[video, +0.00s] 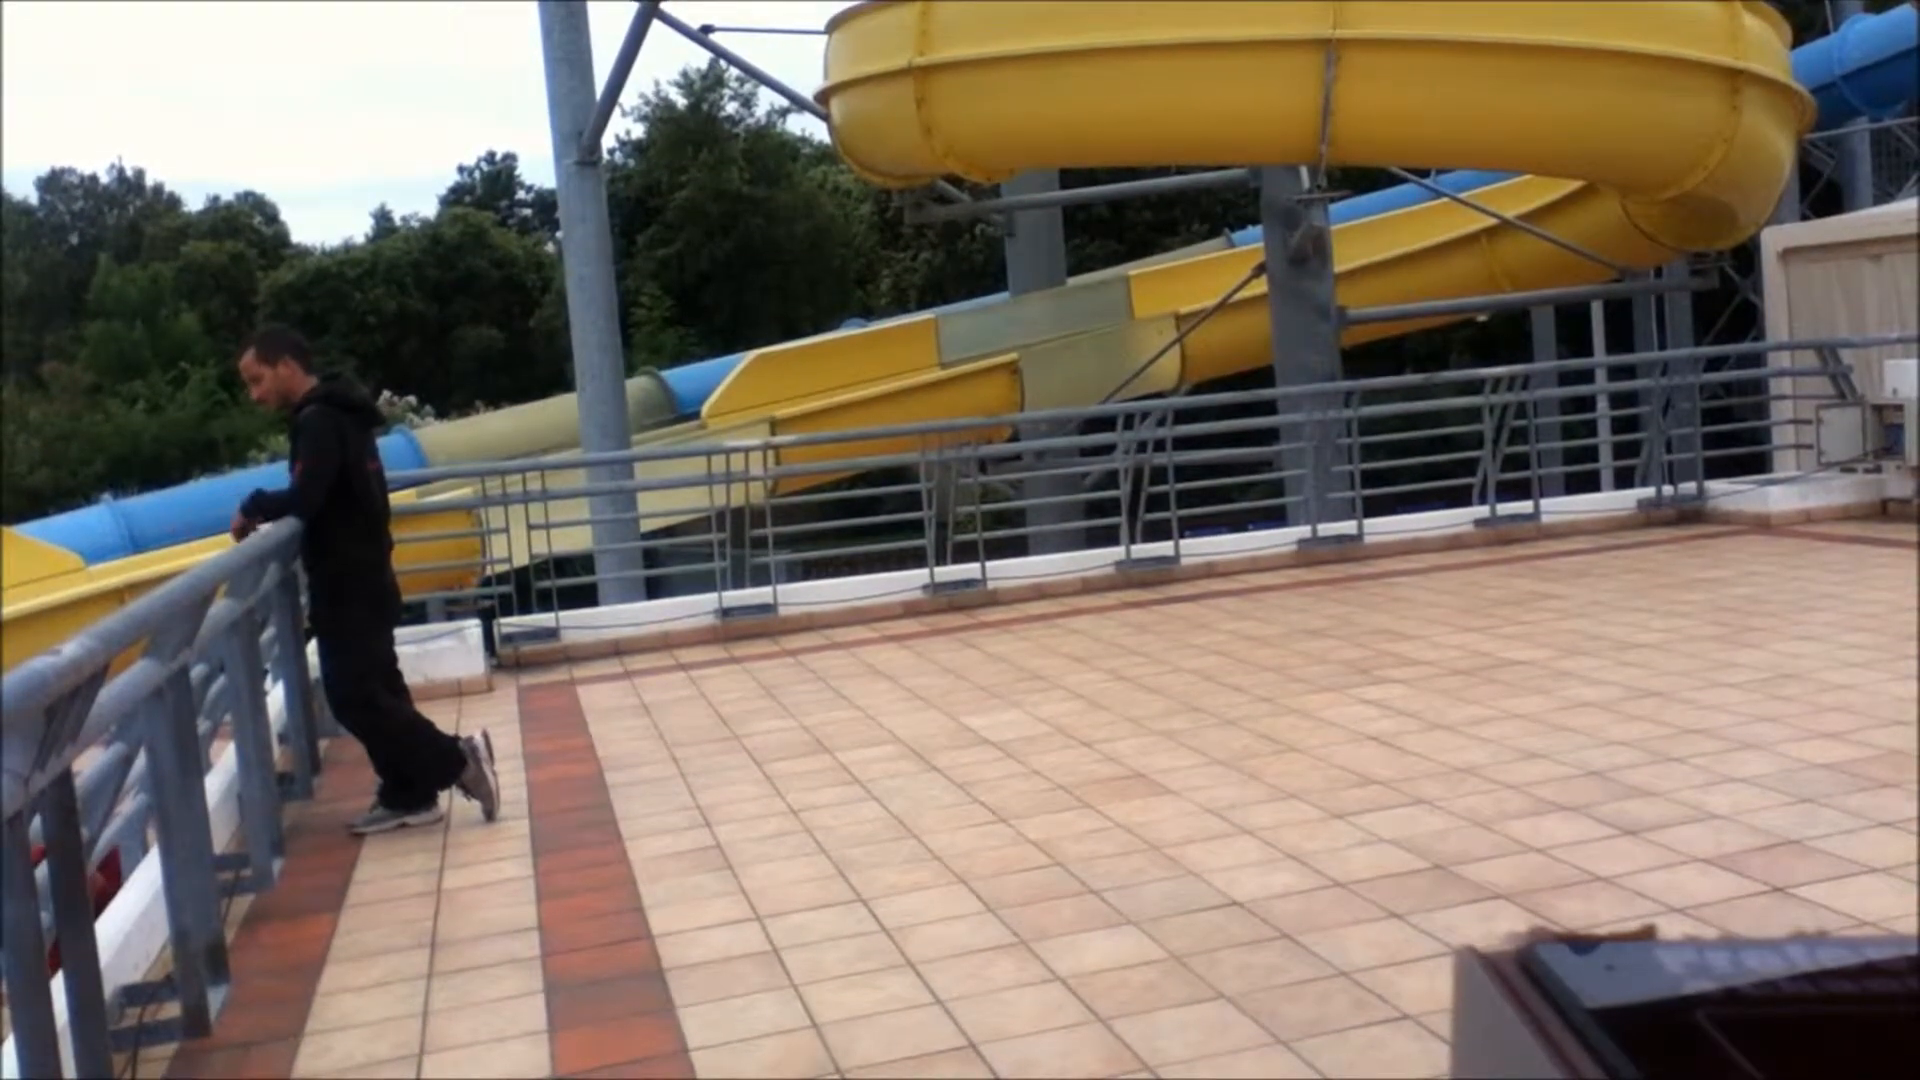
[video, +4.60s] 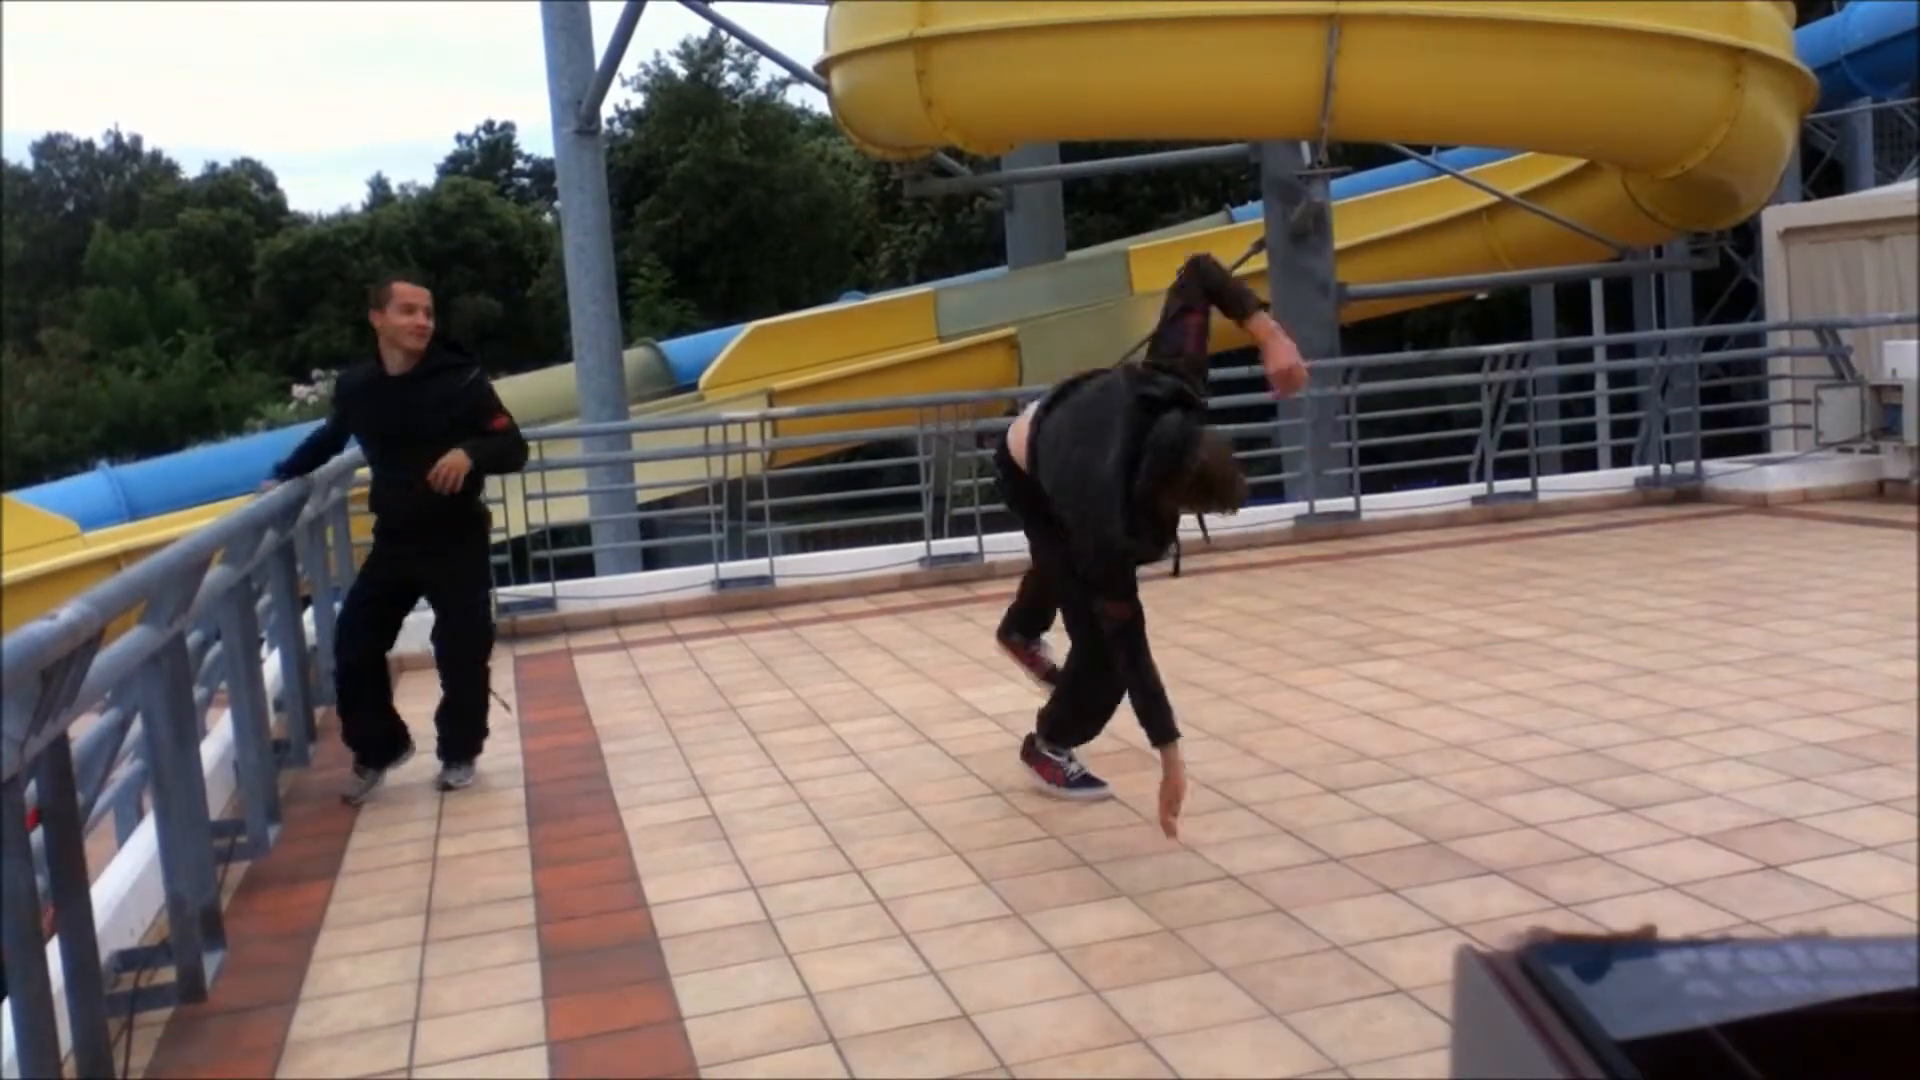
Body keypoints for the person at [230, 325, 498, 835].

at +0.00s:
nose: (253, 395)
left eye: (255, 381)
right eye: (248, 385)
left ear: (286, 367)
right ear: (290, 371)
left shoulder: (318, 420)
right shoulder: (335, 411)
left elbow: (308, 500)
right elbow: (320, 497)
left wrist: (253, 509)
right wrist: (262, 513)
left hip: (347, 586)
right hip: (363, 581)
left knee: (350, 699)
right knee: (377, 687)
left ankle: (456, 760)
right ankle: (406, 797)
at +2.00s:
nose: (257, 403)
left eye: (258, 388)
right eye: (252, 393)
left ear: (289, 373)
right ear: (294, 377)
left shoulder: (322, 426)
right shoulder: (340, 416)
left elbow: (307, 504)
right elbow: (321, 502)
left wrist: (255, 520)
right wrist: (270, 519)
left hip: (348, 592)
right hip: (364, 587)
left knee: (351, 705)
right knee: (377, 693)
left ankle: (455, 766)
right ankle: (407, 804)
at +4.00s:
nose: (254, 354)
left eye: (255, 340)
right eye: (252, 342)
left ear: (278, 333)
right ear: (291, 332)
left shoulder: (320, 384)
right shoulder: (332, 376)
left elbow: (304, 466)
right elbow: (315, 465)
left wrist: (247, 478)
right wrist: (260, 481)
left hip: (351, 552)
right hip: (356, 549)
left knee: (354, 664)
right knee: (359, 660)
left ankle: (457, 726)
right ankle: (401, 766)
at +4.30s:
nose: (314, 332)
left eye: (325, 322)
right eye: (303, 322)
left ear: (343, 328)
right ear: (289, 330)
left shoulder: (361, 383)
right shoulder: (323, 387)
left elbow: (342, 466)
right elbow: (333, 459)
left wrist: (273, 458)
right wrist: (282, 470)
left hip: (402, 543)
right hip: (371, 543)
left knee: (389, 650)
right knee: (357, 652)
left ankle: (482, 721)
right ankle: (400, 763)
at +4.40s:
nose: (344, 319)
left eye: (355, 310)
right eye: (332, 309)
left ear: (369, 319)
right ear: (313, 319)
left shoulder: (398, 378)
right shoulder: (323, 383)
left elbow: (403, 461)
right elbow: (326, 452)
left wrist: (321, 456)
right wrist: (293, 470)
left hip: (419, 531)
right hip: (371, 535)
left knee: (418, 644)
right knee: (365, 654)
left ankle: (467, 730)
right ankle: (400, 760)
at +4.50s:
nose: (385, 316)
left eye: (393, 308)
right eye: (372, 306)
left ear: (402, 317)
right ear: (344, 316)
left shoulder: (430, 375)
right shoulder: (335, 385)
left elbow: (468, 451)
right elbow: (315, 444)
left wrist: (396, 465)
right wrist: (272, 496)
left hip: (442, 530)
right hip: (383, 532)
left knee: (441, 646)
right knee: (360, 644)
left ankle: (452, 753)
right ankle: (392, 756)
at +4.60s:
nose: (422, 321)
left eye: (427, 312)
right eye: (409, 311)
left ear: (434, 320)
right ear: (378, 319)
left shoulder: (459, 379)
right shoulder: (358, 388)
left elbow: (514, 447)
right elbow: (329, 439)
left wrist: (470, 454)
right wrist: (281, 477)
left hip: (458, 535)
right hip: (396, 538)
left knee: (462, 646)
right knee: (355, 640)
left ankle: (459, 753)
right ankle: (378, 746)